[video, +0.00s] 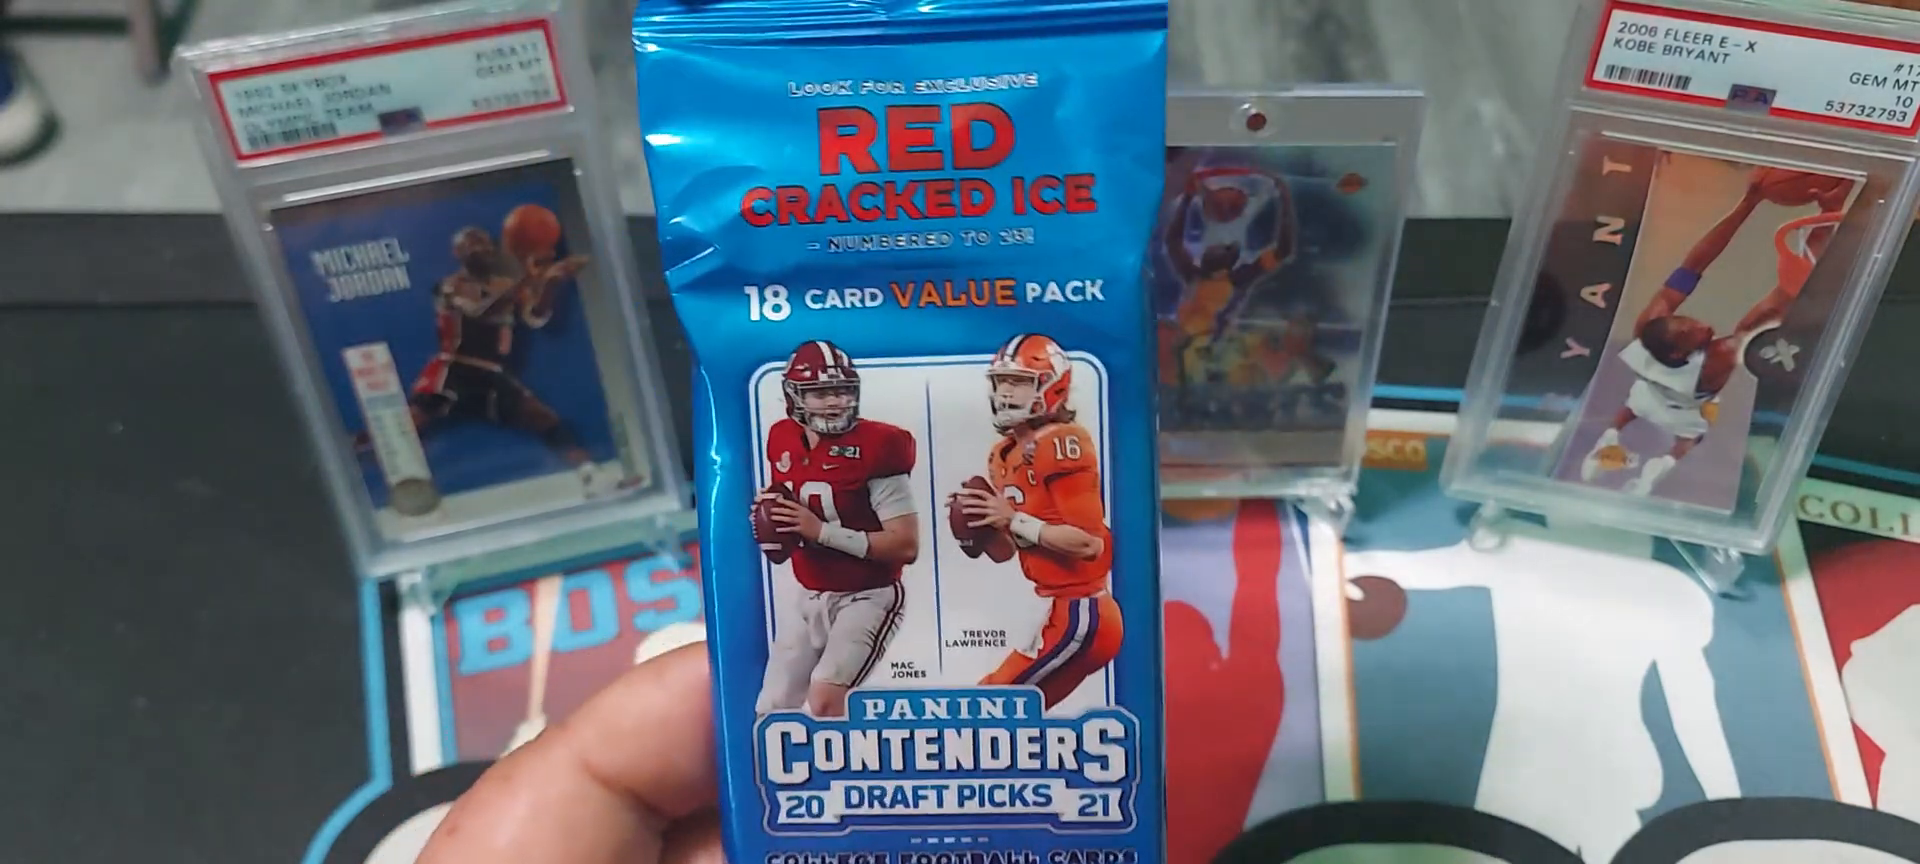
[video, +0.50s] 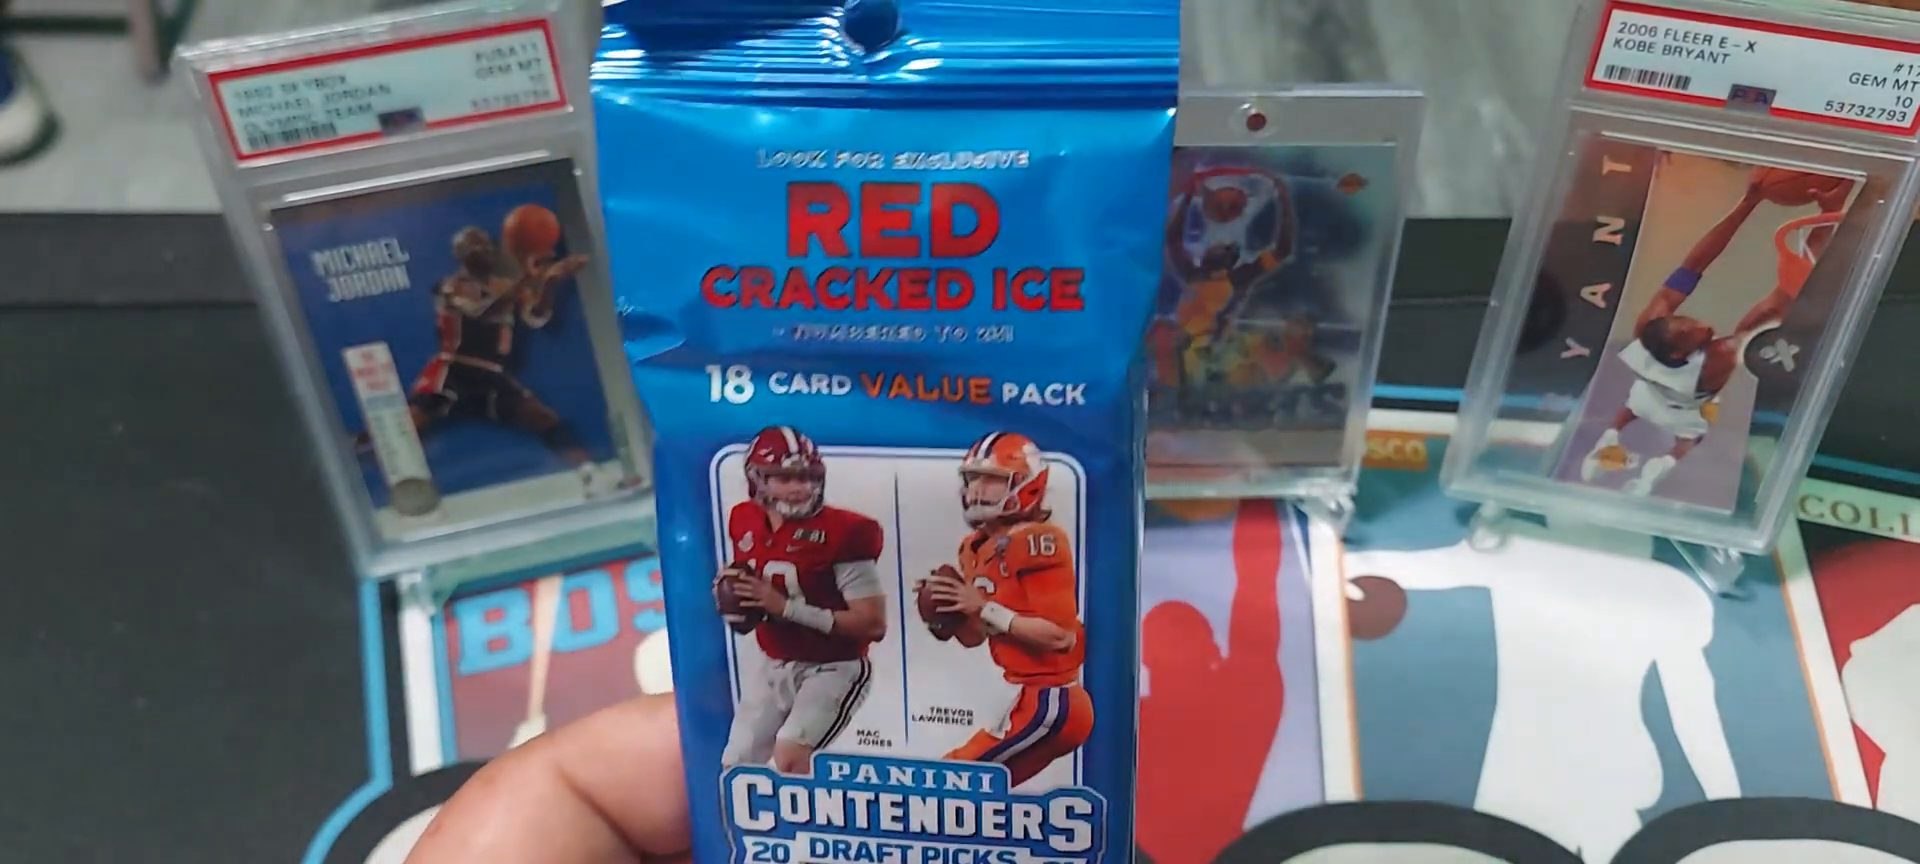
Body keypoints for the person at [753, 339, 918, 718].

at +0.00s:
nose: (833, 403)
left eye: (842, 392)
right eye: (821, 394)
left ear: (854, 394)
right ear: (796, 397)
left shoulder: (879, 446)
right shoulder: (783, 438)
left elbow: (906, 545)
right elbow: (784, 503)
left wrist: (820, 531)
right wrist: (767, 514)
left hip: (869, 598)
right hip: (807, 598)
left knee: (824, 699)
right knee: (772, 709)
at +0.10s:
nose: (850, 421)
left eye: (859, 411)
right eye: (838, 411)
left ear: (871, 413)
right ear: (813, 413)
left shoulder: (896, 467)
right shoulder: (797, 455)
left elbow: (917, 569)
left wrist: (830, 549)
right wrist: (778, 529)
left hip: (877, 618)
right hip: (815, 617)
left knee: (825, 715)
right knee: (772, 722)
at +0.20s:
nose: (853, 433)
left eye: (862, 423)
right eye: (841, 423)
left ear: (876, 426)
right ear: (816, 426)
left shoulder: (898, 479)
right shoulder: (800, 466)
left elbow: (918, 580)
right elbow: (791, 571)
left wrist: (831, 559)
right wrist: (779, 540)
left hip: (878, 629)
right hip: (817, 626)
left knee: (825, 723)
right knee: (771, 729)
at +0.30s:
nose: (829, 433)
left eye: (838, 423)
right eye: (817, 423)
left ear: (851, 425)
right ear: (793, 424)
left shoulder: (875, 476)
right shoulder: (778, 466)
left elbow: (897, 576)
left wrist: (812, 557)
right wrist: (759, 539)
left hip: (858, 625)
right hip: (798, 623)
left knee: (808, 721)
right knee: (755, 726)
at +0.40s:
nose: (822, 456)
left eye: (831, 446)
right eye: (810, 446)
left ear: (844, 448)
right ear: (785, 448)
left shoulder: (869, 501)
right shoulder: (769, 488)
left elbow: (888, 598)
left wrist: (800, 577)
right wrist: (749, 564)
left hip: (850, 645)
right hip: (790, 642)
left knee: (799, 737)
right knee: (747, 742)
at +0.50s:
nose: (797, 488)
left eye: (805, 478)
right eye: (784, 478)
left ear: (818, 480)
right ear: (759, 482)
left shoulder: (847, 532)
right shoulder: (745, 521)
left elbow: (872, 624)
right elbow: (745, 621)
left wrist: (784, 606)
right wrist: (728, 595)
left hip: (836, 669)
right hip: (775, 667)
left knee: (789, 755)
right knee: (736, 763)